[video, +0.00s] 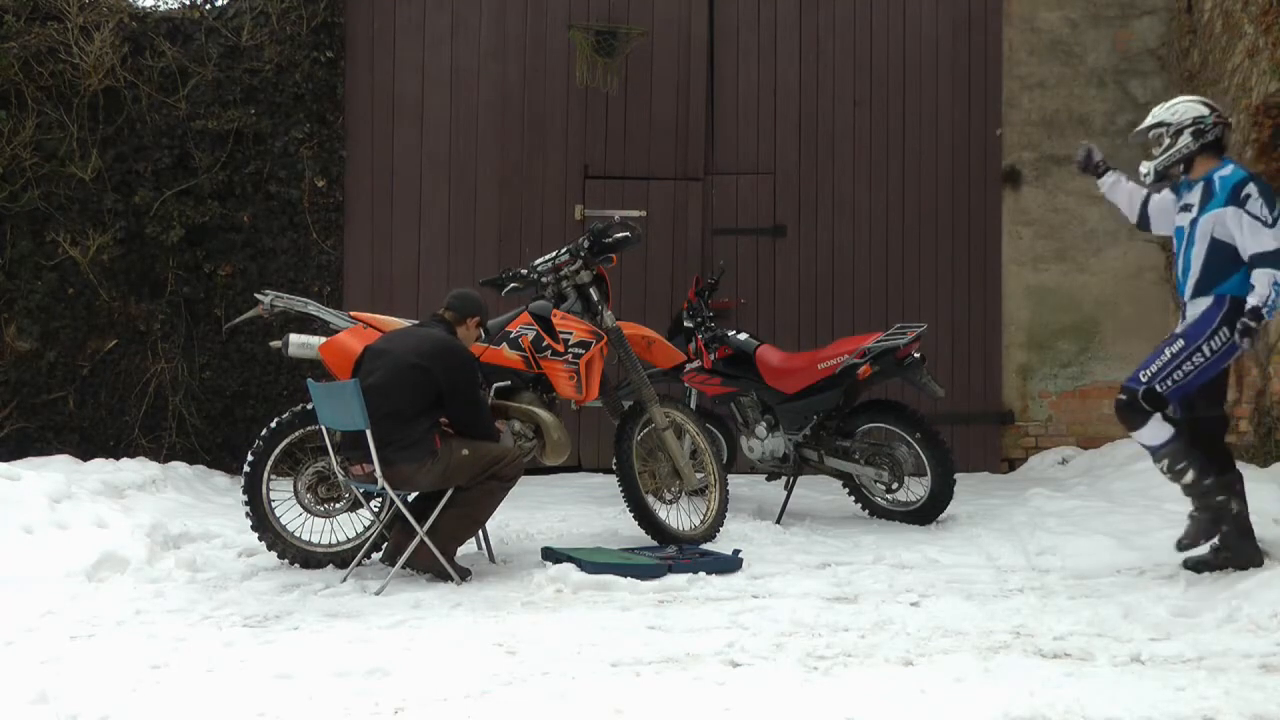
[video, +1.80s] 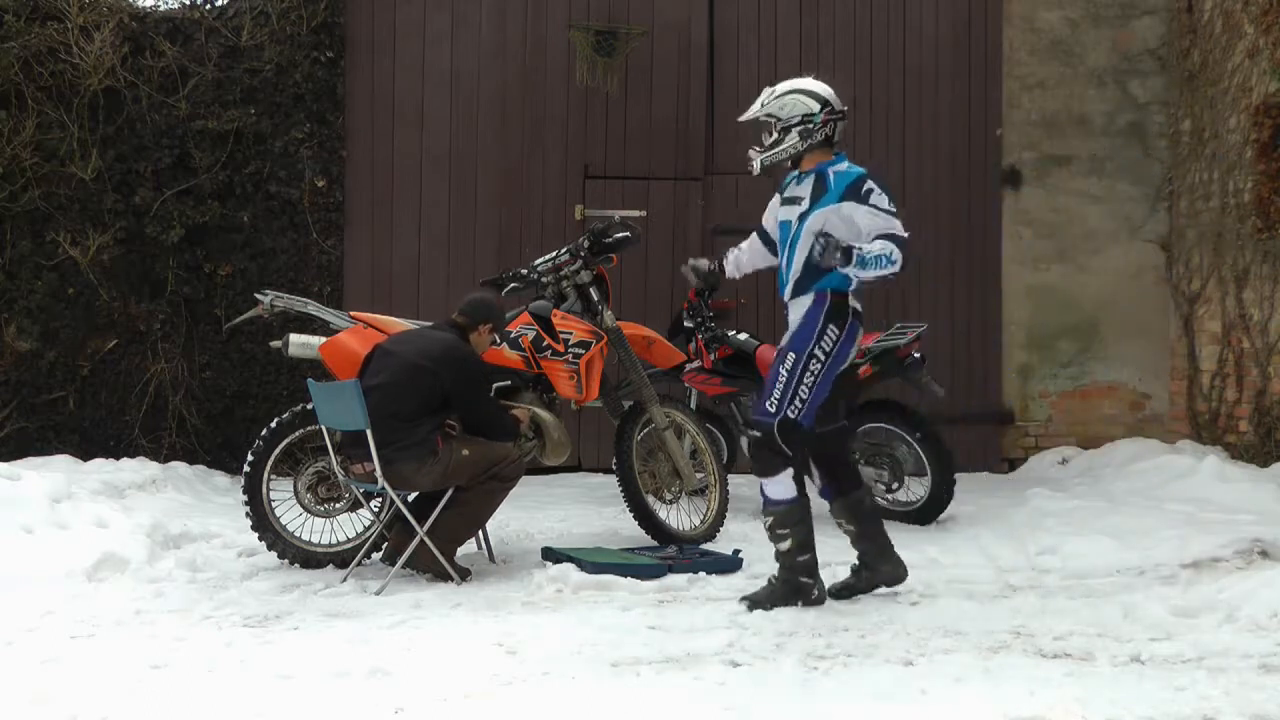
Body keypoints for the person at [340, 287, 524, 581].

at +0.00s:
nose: (478, 337)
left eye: (480, 330)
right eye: (479, 328)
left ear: (442, 314)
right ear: (469, 322)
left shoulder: (393, 337)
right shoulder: (454, 353)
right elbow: (476, 429)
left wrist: (436, 424)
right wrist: (496, 434)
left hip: (357, 456)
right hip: (401, 463)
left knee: (464, 454)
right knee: (507, 462)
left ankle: (403, 543)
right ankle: (434, 551)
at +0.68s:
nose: (487, 336)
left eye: (489, 328)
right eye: (487, 327)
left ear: (449, 315)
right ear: (475, 323)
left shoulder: (400, 337)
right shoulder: (458, 355)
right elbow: (480, 422)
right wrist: (515, 420)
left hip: (358, 455)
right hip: (402, 461)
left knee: (463, 453)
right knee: (508, 462)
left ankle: (402, 543)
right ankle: (435, 551)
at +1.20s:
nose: (492, 345)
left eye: (495, 339)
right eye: (494, 337)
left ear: (459, 317)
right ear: (484, 329)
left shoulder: (405, 337)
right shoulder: (461, 356)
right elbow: (494, 428)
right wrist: (514, 417)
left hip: (358, 454)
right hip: (401, 461)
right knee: (509, 463)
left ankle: (402, 543)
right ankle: (435, 551)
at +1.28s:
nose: (492, 345)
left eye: (495, 339)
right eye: (494, 337)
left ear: (459, 317)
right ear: (484, 329)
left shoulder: (406, 337)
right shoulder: (462, 357)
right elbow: (495, 431)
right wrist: (514, 420)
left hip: (358, 454)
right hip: (401, 461)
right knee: (508, 464)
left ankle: (402, 543)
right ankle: (435, 551)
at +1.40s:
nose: (492, 345)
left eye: (495, 339)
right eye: (494, 338)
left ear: (459, 317)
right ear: (484, 329)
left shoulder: (405, 337)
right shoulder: (461, 357)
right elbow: (493, 429)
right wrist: (514, 420)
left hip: (357, 456)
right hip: (401, 461)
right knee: (508, 464)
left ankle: (402, 543)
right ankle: (435, 551)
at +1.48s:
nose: (492, 345)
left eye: (495, 339)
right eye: (493, 337)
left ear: (459, 317)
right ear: (483, 329)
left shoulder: (404, 337)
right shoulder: (461, 357)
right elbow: (486, 424)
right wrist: (516, 421)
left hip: (357, 456)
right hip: (400, 461)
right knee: (508, 464)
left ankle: (402, 543)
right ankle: (435, 550)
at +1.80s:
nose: (491, 346)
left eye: (494, 339)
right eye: (493, 337)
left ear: (458, 318)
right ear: (483, 329)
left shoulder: (404, 337)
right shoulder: (462, 358)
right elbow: (489, 427)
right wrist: (515, 419)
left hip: (357, 456)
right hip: (400, 461)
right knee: (508, 464)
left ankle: (402, 543)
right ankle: (435, 550)